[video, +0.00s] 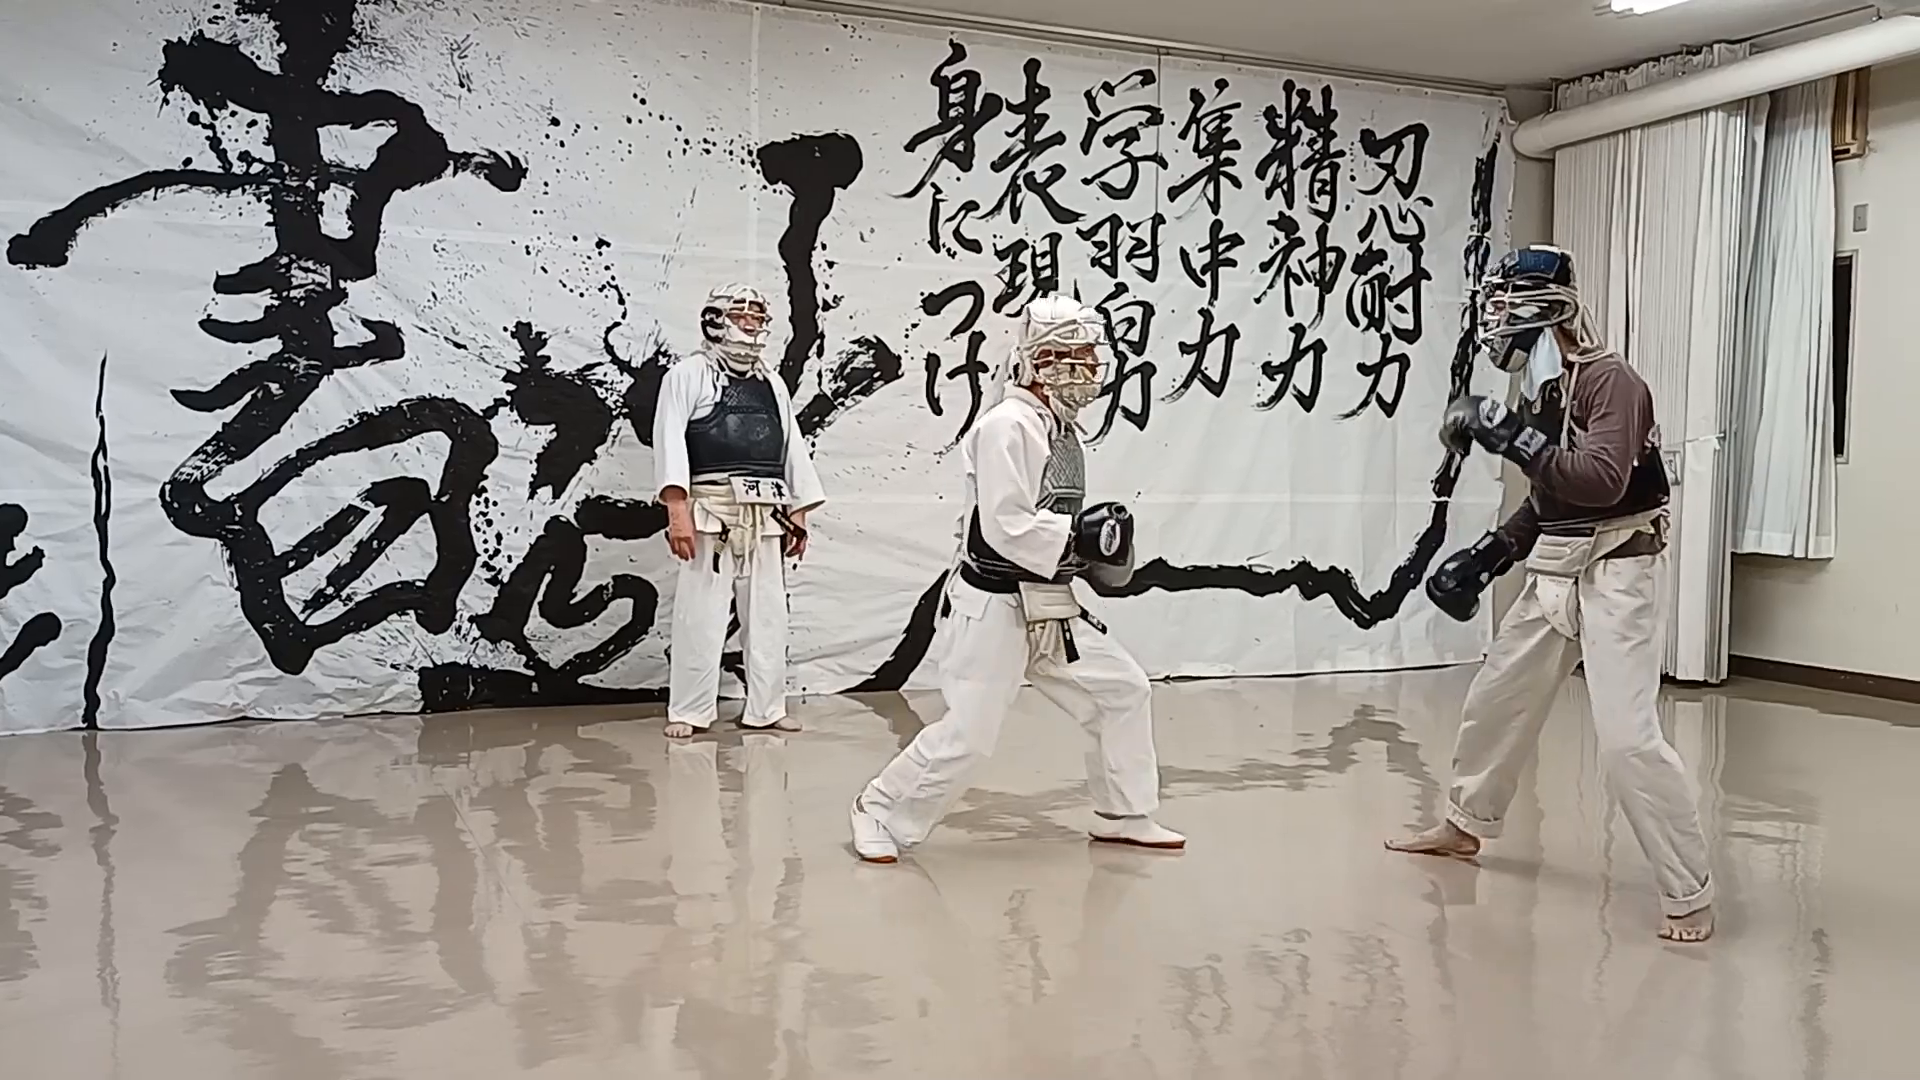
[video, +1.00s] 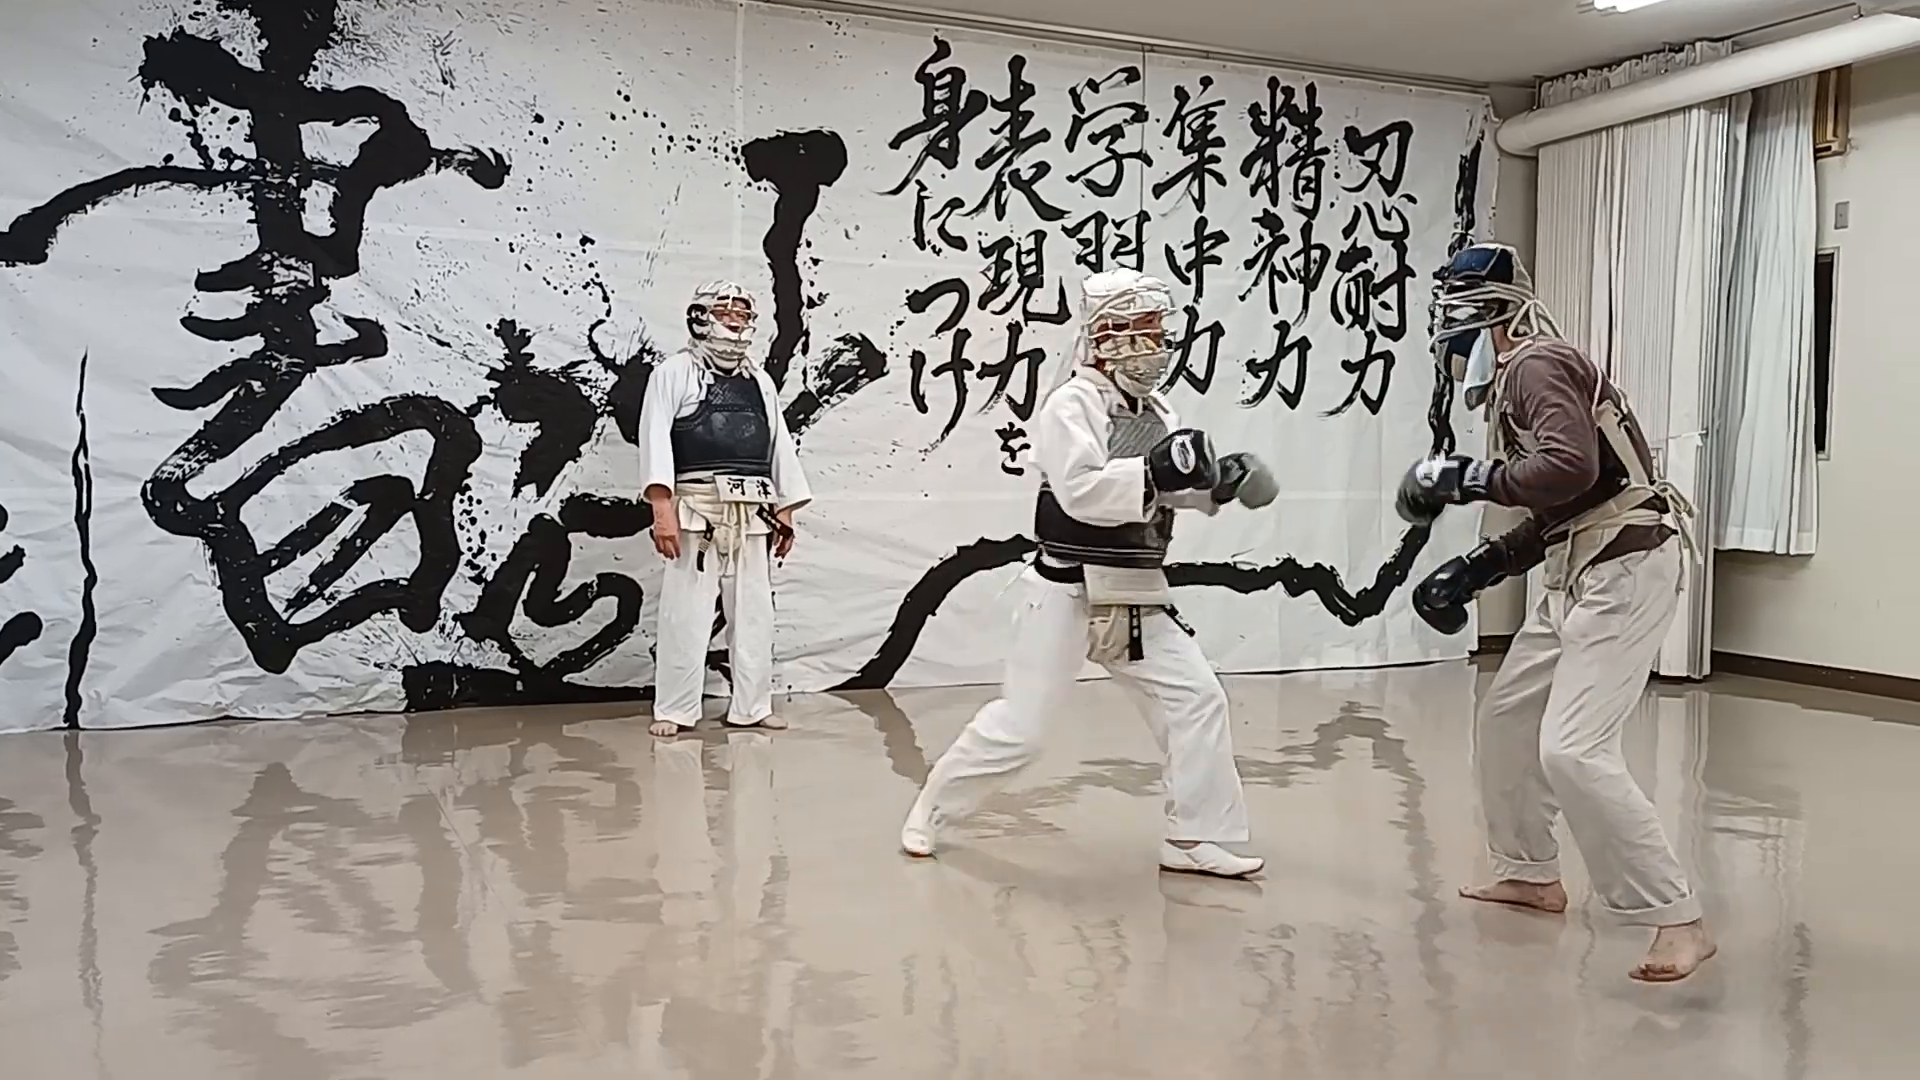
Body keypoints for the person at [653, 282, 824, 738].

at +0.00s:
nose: (752, 325)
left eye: (758, 319)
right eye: (742, 317)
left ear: (763, 326)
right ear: (717, 320)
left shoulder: (772, 381)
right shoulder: (687, 374)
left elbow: (791, 448)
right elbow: (669, 443)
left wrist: (798, 512)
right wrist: (677, 511)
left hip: (766, 511)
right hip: (706, 510)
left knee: (768, 615)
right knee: (699, 616)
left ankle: (765, 710)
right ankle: (689, 715)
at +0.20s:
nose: (746, 325)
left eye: (754, 319)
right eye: (736, 316)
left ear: (760, 326)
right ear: (713, 319)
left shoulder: (768, 380)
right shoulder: (683, 373)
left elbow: (787, 447)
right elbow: (665, 442)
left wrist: (793, 510)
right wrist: (674, 510)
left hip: (762, 512)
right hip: (701, 510)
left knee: (764, 615)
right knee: (694, 616)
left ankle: (760, 711)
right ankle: (684, 714)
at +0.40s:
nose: (745, 325)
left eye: (752, 319)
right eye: (735, 316)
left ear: (758, 326)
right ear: (711, 318)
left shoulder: (766, 379)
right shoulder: (681, 371)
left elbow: (786, 446)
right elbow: (663, 441)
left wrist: (792, 509)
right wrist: (671, 509)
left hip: (760, 510)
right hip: (700, 509)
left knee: (761, 615)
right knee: (692, 616)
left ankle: (758, 710)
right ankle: (682, 714)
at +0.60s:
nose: (746, 318)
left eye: (753, 312)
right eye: (736, 310)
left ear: (759, 321)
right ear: (713, 316)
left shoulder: (768, 378)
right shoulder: (683, 370)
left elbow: (788, 445)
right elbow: (664, 441)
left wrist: (795, 508)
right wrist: (672, 509)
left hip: (762, 510)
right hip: (701, 508)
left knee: (763, 614)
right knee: (693, 615)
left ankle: (759, 709)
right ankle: (683, 713)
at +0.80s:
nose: (743, 319)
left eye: (750, 313)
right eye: (734, 311)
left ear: (755, 321)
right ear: (709, 316)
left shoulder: (765, 378)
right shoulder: (680, 370)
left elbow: (784, 446)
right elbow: (661, 440)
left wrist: (791, 508)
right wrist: (668, 509)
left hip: (758, 509)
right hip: (698, 508)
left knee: (760, 614)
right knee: (690, 615)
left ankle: (756, 709)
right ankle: (680, 713)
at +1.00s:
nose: (734, 320)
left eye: (742, 314)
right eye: (724, 312)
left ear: (750, 323)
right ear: (702, 317)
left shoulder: (759, 379)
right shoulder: (674, 371)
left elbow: (779, 446)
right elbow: (655, 441)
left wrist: (784, 510)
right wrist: (662, 509)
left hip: (752, 510)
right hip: (692, 509)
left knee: (755, 614)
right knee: (685, 615)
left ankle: (751, 708)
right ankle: (675, 713)